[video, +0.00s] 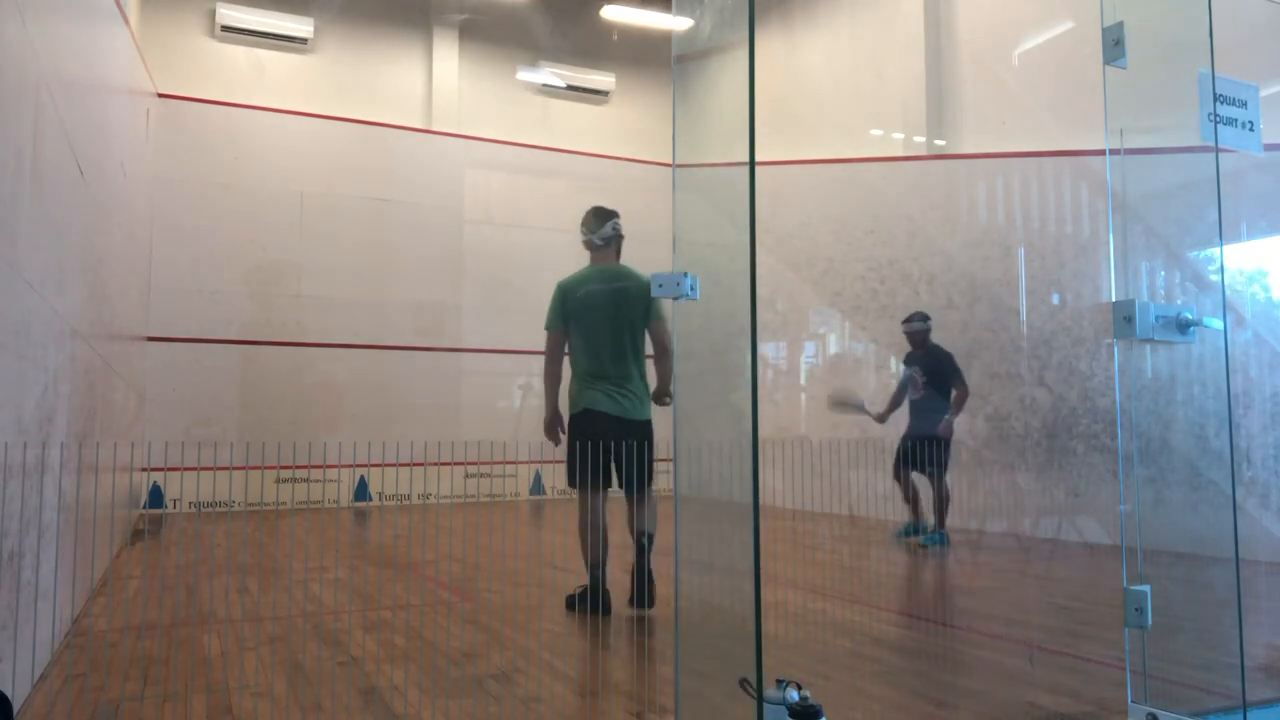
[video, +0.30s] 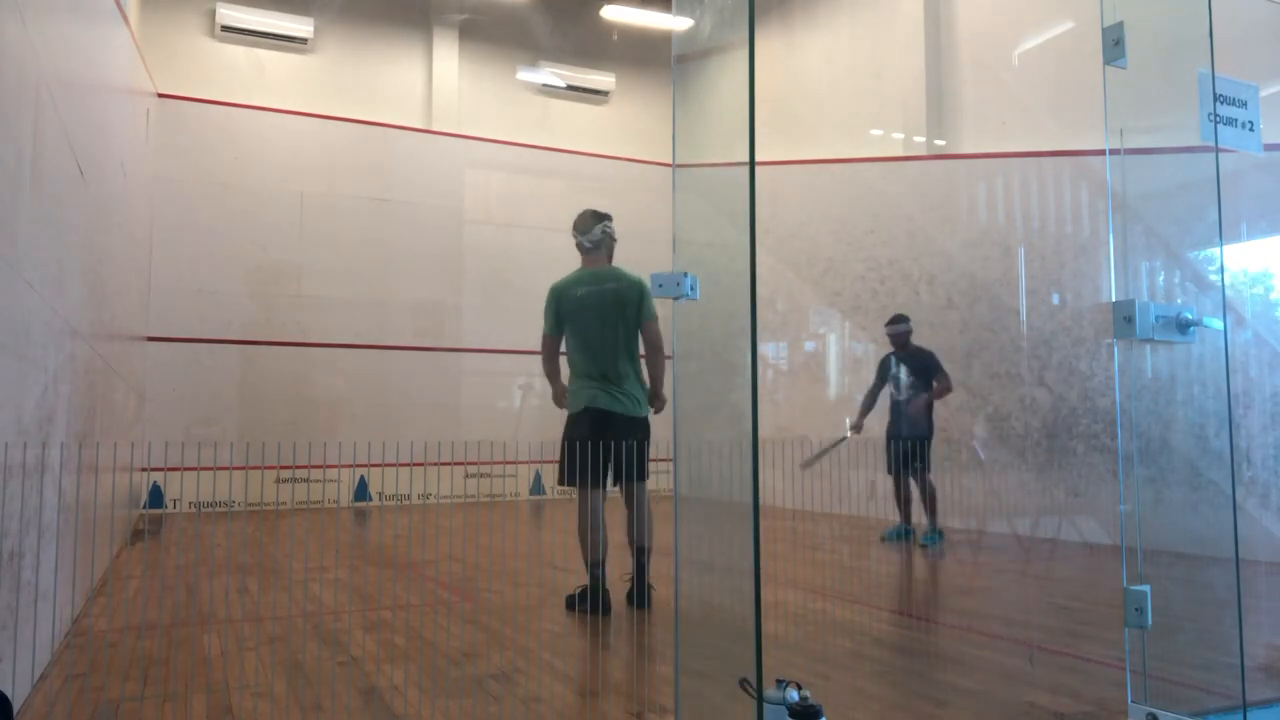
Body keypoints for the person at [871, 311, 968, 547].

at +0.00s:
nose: (911, 338)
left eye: (915, 333)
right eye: (907, 334)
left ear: (927, 332)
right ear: (905, 334)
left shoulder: (941, 357)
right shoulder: (911, 358)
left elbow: (962, 391)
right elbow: (903, 388)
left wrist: (949, 418)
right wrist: (886, 413)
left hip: (937, 427)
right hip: (916, 427)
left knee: (936, 477)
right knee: (900, 471)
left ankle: (940, 530)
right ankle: (917, 521)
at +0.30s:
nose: (895, 340)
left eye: (899, 335)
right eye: (891, 335)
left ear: (909, 333)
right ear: (887, 336)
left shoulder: (925, 357)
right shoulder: (888, 361)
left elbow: (945, 386)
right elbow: (874, 391)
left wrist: (925, 398)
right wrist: (859, 418)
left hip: (919, 429)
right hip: (896, 428)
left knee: (920, 475)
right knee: (899, 477)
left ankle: (933, 528)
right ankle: (905, 525)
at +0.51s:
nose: (887, 341)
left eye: (891, 336)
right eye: (884, 337)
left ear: (901, 334)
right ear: (880, 337)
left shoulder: (917, 356)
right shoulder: (881, 362)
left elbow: (932, 378)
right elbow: (865, 391)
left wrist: (910, 364)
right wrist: (850, 418)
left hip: (914, 424)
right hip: (892, 425)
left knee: (911, 474)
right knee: (898, 476)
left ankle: (921, 524)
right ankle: (905, 523)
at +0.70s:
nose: (884, 340)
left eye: (888, 334)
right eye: (879, 335)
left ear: (897, 333)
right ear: (874, 336)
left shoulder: (910, 356)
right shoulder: (874, 364)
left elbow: (937, 377)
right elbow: (860, 394)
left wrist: (919, 366)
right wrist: (848, 418)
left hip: (909, 425)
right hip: (887, 427)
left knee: (906, 477)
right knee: (896, 478)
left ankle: (909, 527)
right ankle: (903, 524)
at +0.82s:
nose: (880, 336)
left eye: (884, 332)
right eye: (876, 332)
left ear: (894, 332)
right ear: (873, 334)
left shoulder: (910, 358)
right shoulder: (872, 364)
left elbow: (939, 382)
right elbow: (859, 394)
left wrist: (937, 396)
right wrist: (850, 417)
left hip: (907, 426)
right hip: (884, 427)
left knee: (906, 478)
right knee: (893, 480)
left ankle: (909, 528)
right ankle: (903, 524)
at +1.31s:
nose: (874, 329)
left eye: (879, 324)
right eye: (871, 324)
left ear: (891, 327)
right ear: (868, 327)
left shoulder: (905, 358)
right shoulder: (862, 359)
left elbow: (912, 396)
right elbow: (852, 391)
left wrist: (908, 426)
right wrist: (868, 396)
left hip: (898, 426)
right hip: (872, 426)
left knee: (903, 477)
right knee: (868, 476)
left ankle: (909, 528)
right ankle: (895, 514)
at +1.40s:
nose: (871, 328)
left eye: (877, 324)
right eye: (869, 324)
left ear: (889, 327)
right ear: (865, 327)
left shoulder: (900, 357)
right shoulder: (859, 358)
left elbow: (899, 392)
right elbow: (851, 387)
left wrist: (891, 421)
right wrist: (874, 385)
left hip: (895, 424)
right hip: (869, 423)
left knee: (901, 479)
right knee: (855, 476)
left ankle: (908, 528)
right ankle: (883, 510)